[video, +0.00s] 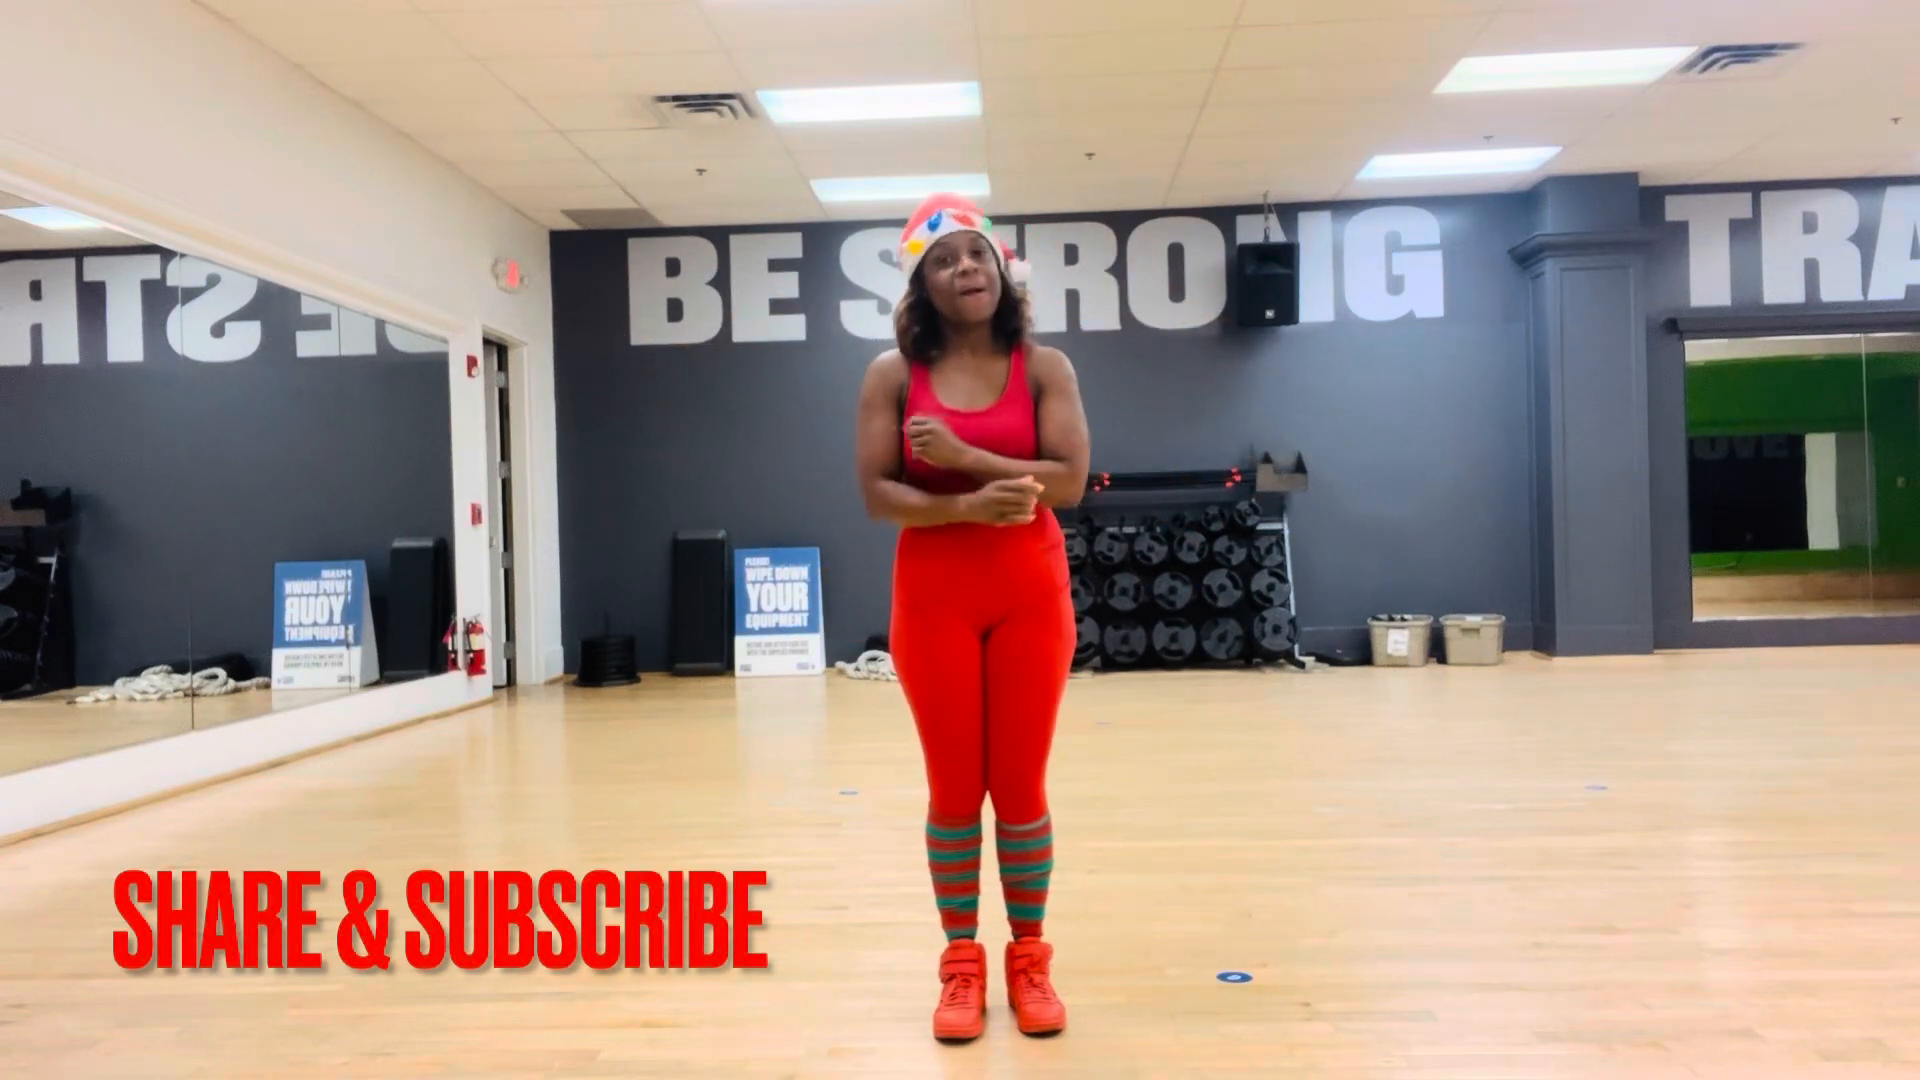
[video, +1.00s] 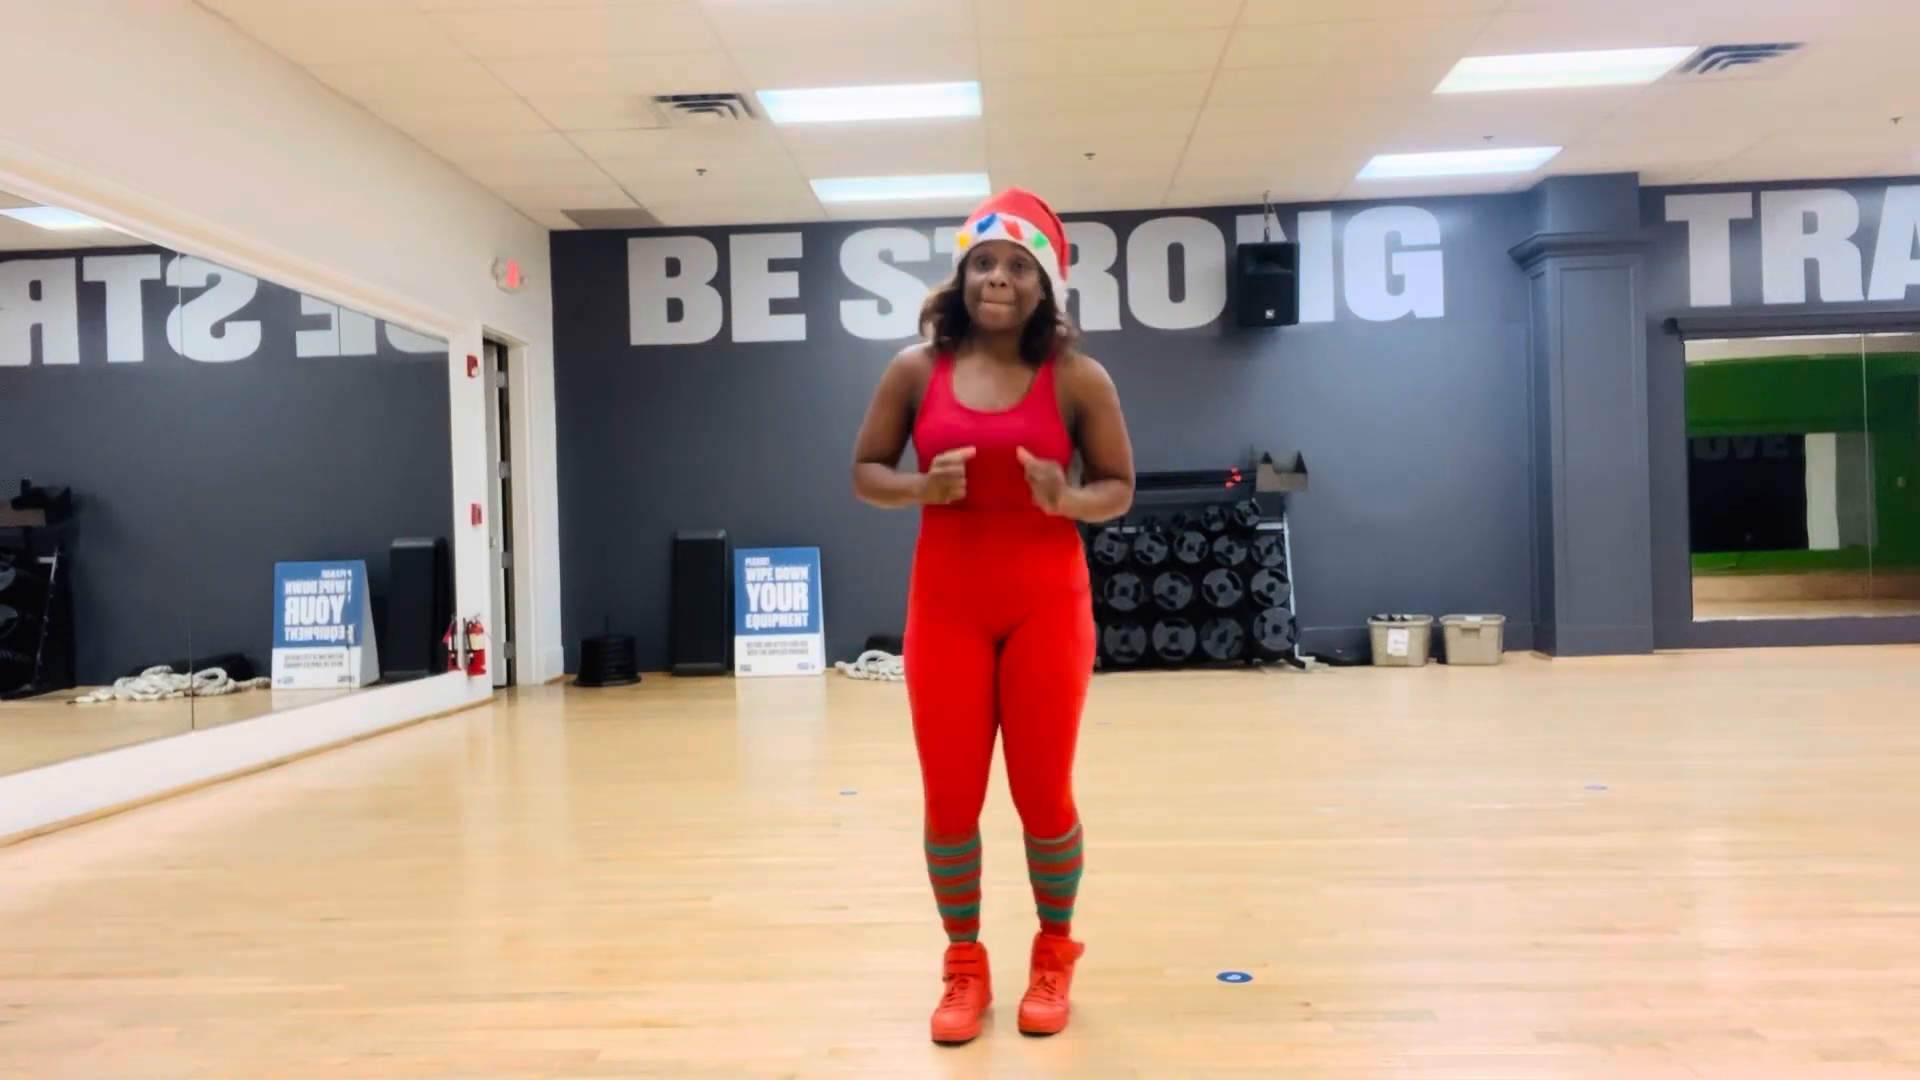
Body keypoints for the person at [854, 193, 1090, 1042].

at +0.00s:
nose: (966, 270)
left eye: (977, 255)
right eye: (945, 262)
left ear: (1002, 268)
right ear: (922, 285)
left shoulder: (1045, 365)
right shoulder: (892, 375)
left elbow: (1071, 482)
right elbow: (876, 495)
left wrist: (966, 456)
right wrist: (969, 504)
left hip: (1032, 592)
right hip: (934, 596)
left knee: (1019, 782)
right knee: (955, 785)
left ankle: (1031, 966)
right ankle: (962, 969)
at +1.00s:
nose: (998, 281)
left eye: (1017, 268)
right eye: (984, 264)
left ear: (1043, 287)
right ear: (962, 279)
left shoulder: (1079, 380)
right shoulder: (916, 371)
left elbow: (1117, 489)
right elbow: (867, 474)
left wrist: (1069, 500)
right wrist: (920, 485)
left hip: (1049, 604)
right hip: (946, 604)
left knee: (1041, 791)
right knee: (950, 796)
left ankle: (1052, 960)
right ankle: (963, 970)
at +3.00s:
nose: (964, 285)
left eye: (983, 272)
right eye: (949, 270)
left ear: (1008, 288)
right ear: (928, 284)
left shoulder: (1048, 378)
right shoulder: (889, 374)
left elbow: (1101, 483)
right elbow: (835, 482)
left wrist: (1051, 500)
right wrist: (889, 481)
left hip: (1046, 603)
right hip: (942, 610)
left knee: (1060, 789)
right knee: (942, 800)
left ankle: (1090, 959)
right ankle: (928, 970)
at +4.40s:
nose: (922, 299)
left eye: (935, 283)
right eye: (903, 289)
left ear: (960, 295)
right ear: (882, 312)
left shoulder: (1012, 376)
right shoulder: (862, 409)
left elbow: (1077, 477)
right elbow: (822, 512)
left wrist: (1006, 450)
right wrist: (864, 544)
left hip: (1000, 611)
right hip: (903, 616)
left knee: (1064, 786)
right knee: (915, 806)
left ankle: (1047, 969)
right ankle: (911, 973)